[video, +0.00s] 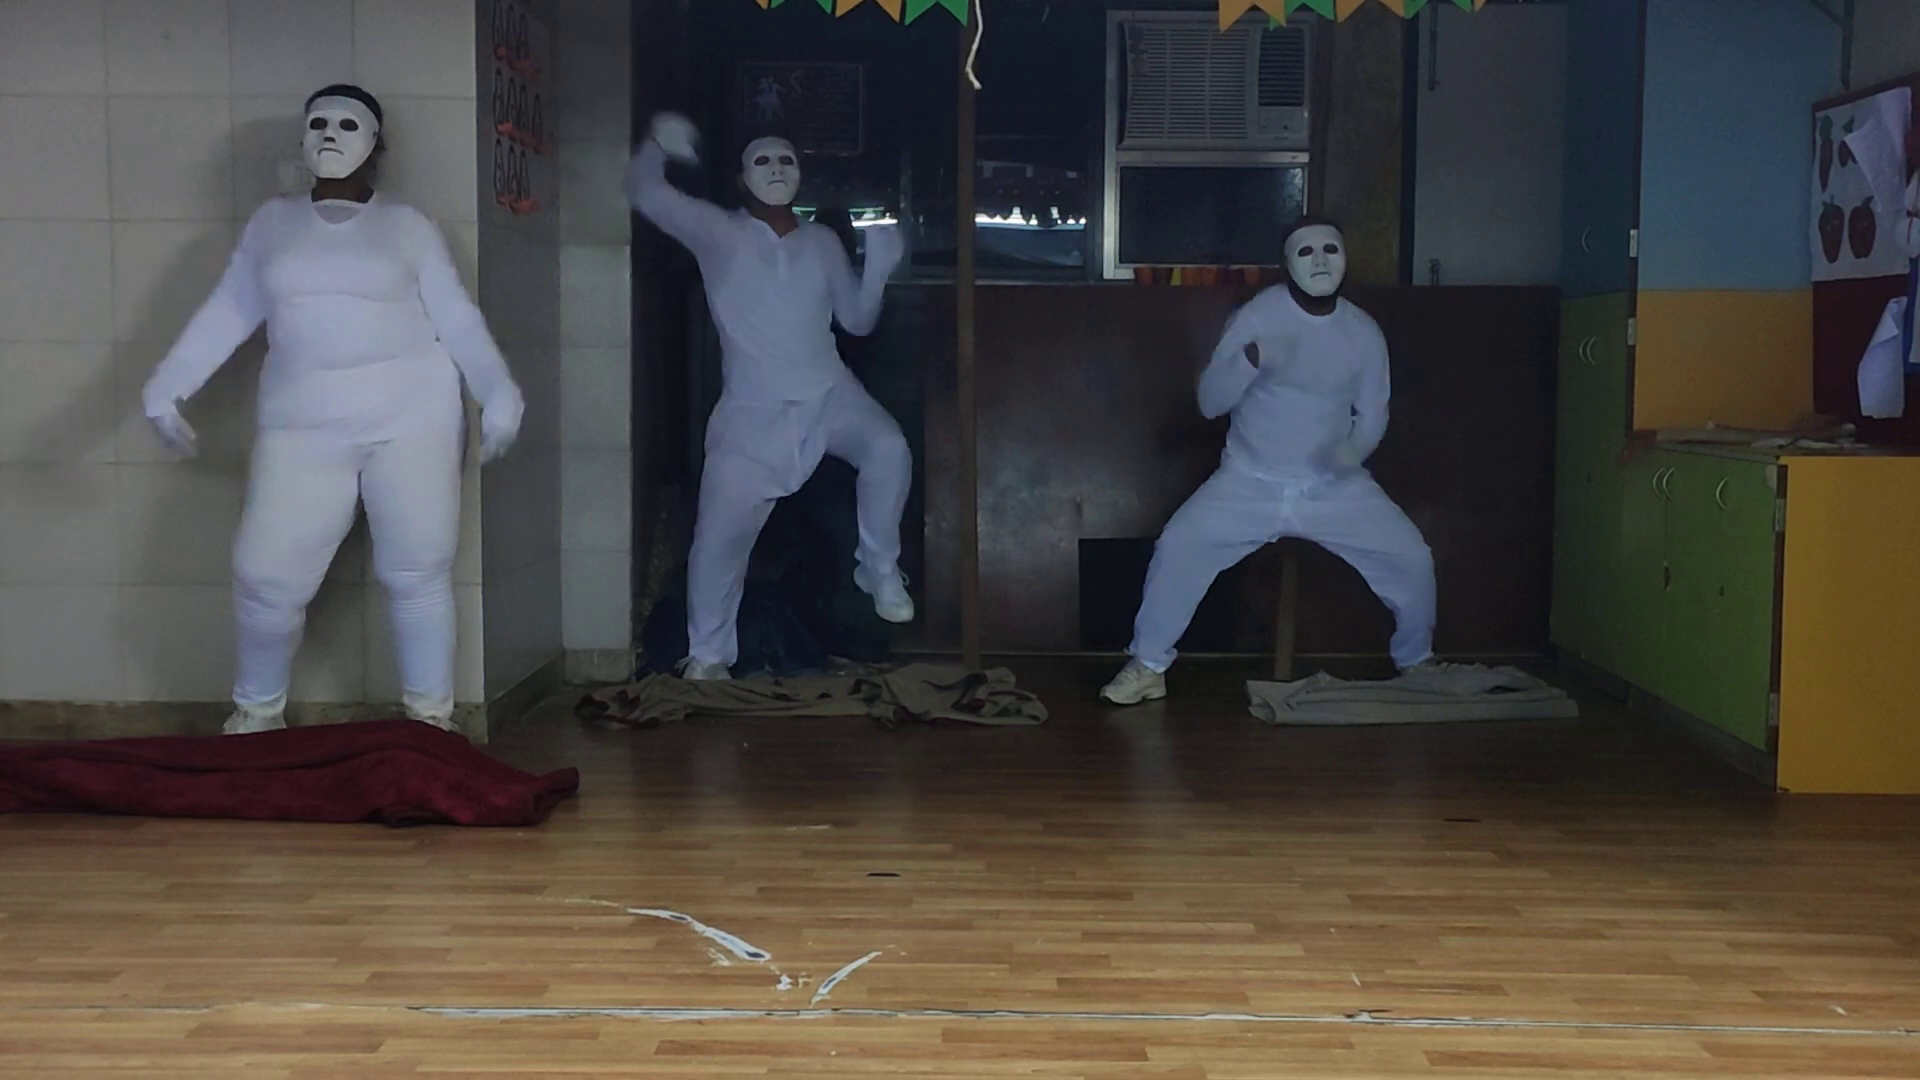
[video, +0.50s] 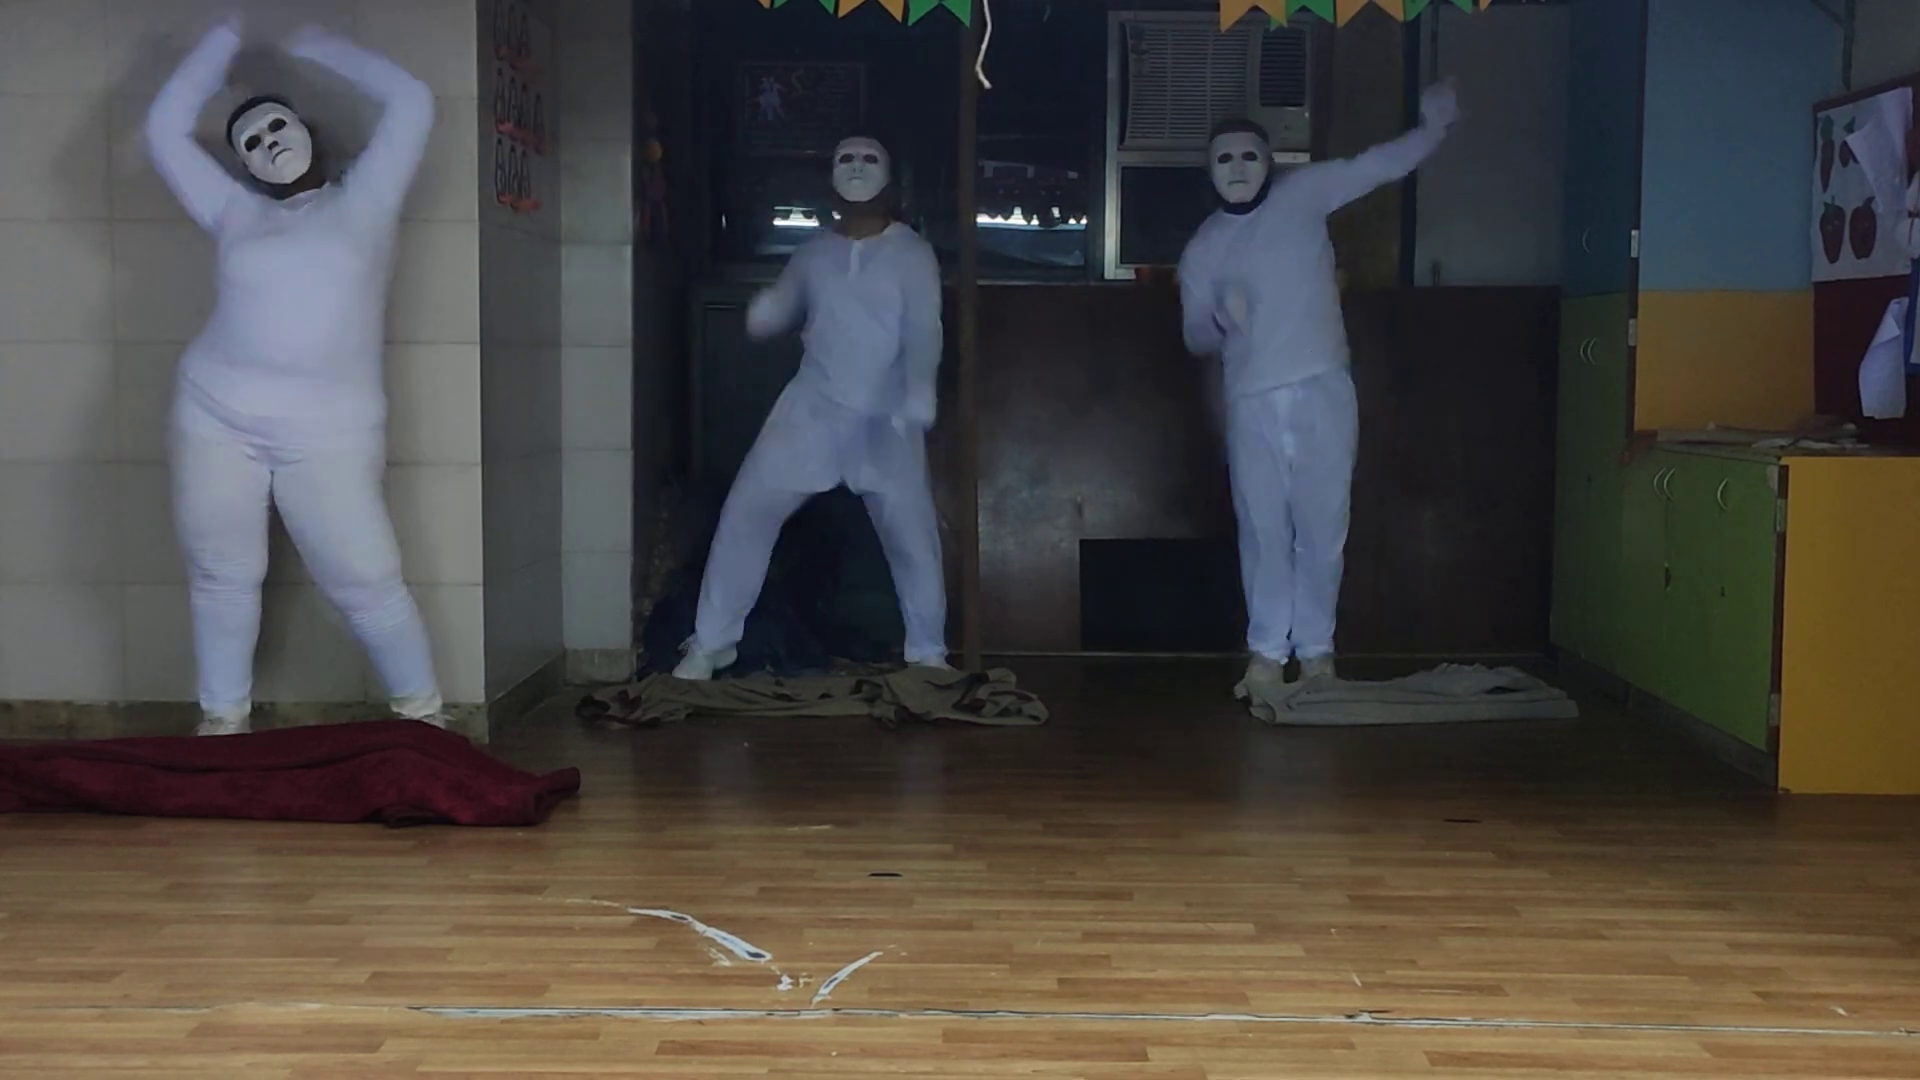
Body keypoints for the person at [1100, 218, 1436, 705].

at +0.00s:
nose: (1319, 261)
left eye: (1330, 251)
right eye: (1306, 252)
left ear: (1345, 260)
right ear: (1288, 263)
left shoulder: (1364, 333)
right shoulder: (1257, 316)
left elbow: (1373, 414)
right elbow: (1210, 402)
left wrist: (1349, 454)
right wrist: (1248, 362)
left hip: (1335, 486)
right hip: (1247, 482)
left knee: (1412, 559)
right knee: (1178, 546)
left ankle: (1415, 661)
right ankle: (1147, 665)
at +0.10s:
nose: (1313, 236)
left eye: (1324, 226)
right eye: (1299, 228)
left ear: (1340, 237)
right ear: (1281, 240)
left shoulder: (1361, 307)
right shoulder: (1248, 293)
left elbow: (1379, 397)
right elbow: (1206, 377)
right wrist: (1219, 312)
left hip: (1344, 475)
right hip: (1255, 474)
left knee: (1416, 558)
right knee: (1185, 548)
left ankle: (1415, 661)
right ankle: (1148, 665)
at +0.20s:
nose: (1295, 191)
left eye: (1306, 181)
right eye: (1283, 182)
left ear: (1324, 190)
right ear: (1266, 193)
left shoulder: (1351, 248)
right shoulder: (1241, 252)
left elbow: (1420, 273)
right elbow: (1172, 310)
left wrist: (1376, 207)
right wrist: (1214, 297)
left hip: (1344, 436)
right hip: (1262, 437)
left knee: (1403, 548)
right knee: (1204, 544)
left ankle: (1414, 663)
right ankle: (1146, 660)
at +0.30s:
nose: (1270, 154)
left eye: (1282, 143)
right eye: (1258, 144)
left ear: (1301, 149)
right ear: (1241, 153)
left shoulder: (1334, 181)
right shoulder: (1224, 225)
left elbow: (1400, 141)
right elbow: (1190, 290)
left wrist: (1458, 115)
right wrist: (1218, 306)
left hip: (1336, 384)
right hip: (1260, 392)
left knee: (1366, 518)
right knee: (1218, 514)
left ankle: (1384, 645)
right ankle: (1193, 641)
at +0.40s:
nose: (1242, 150)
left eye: (1254, 139)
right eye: (1231, 141)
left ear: (1277, 145)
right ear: (1218, 152)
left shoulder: (1309, 172)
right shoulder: (1210, 231)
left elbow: (1375, 125)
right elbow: (1211, 304)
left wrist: (1451, 101)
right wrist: (1227, 314)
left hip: (1328, 371)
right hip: (1259, 381)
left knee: (1334, 512)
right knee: (1242, 514)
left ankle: (1326, 643)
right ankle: (1245, 646)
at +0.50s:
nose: (1237, 169)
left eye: (1248, 157)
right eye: (1224, 159)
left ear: (1268, 162)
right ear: (1211, 170)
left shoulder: (1303, 193)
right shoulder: (1202, 249)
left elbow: (1381, 164)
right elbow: (1195, 339)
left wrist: (1432, 126)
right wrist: (1220, 320)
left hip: (1321, 389)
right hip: (1252, 401)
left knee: (1322, 525)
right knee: (1262, 528)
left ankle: (1318, 653)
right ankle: (1266, 657)